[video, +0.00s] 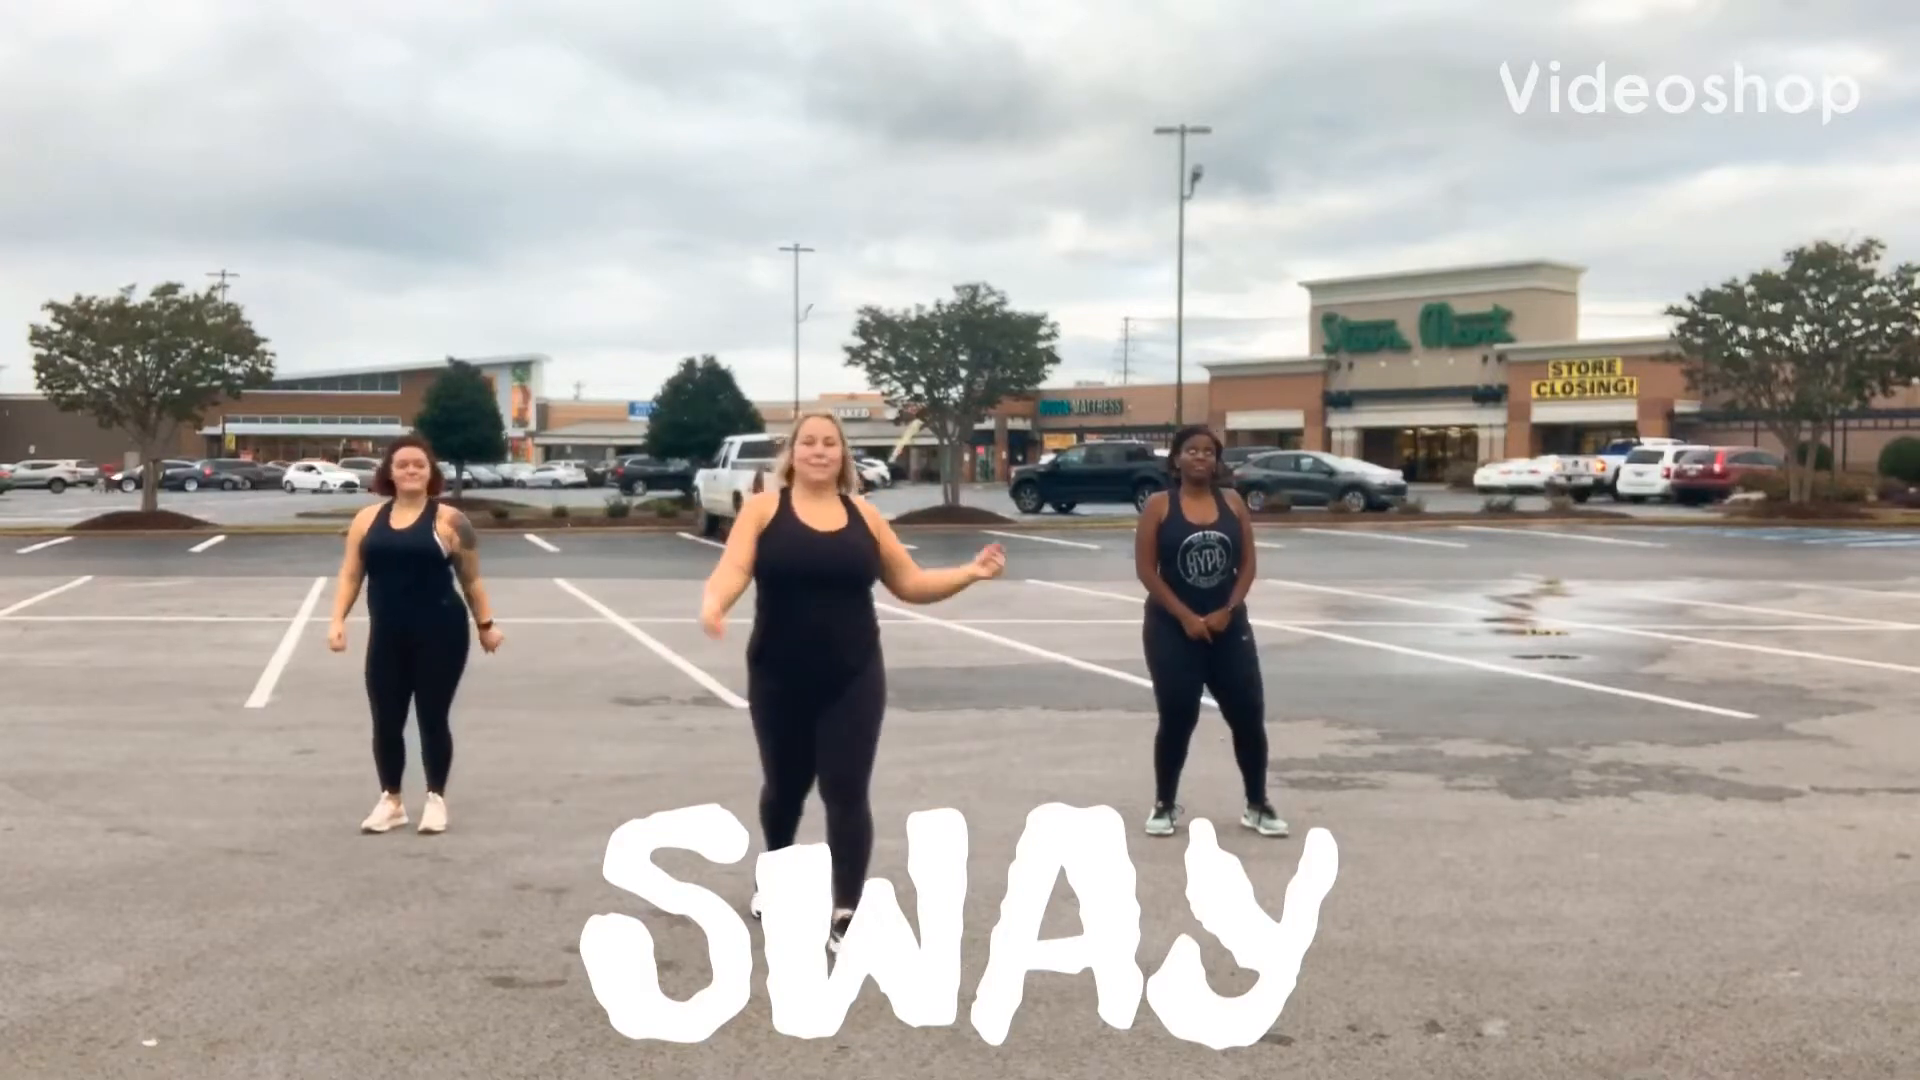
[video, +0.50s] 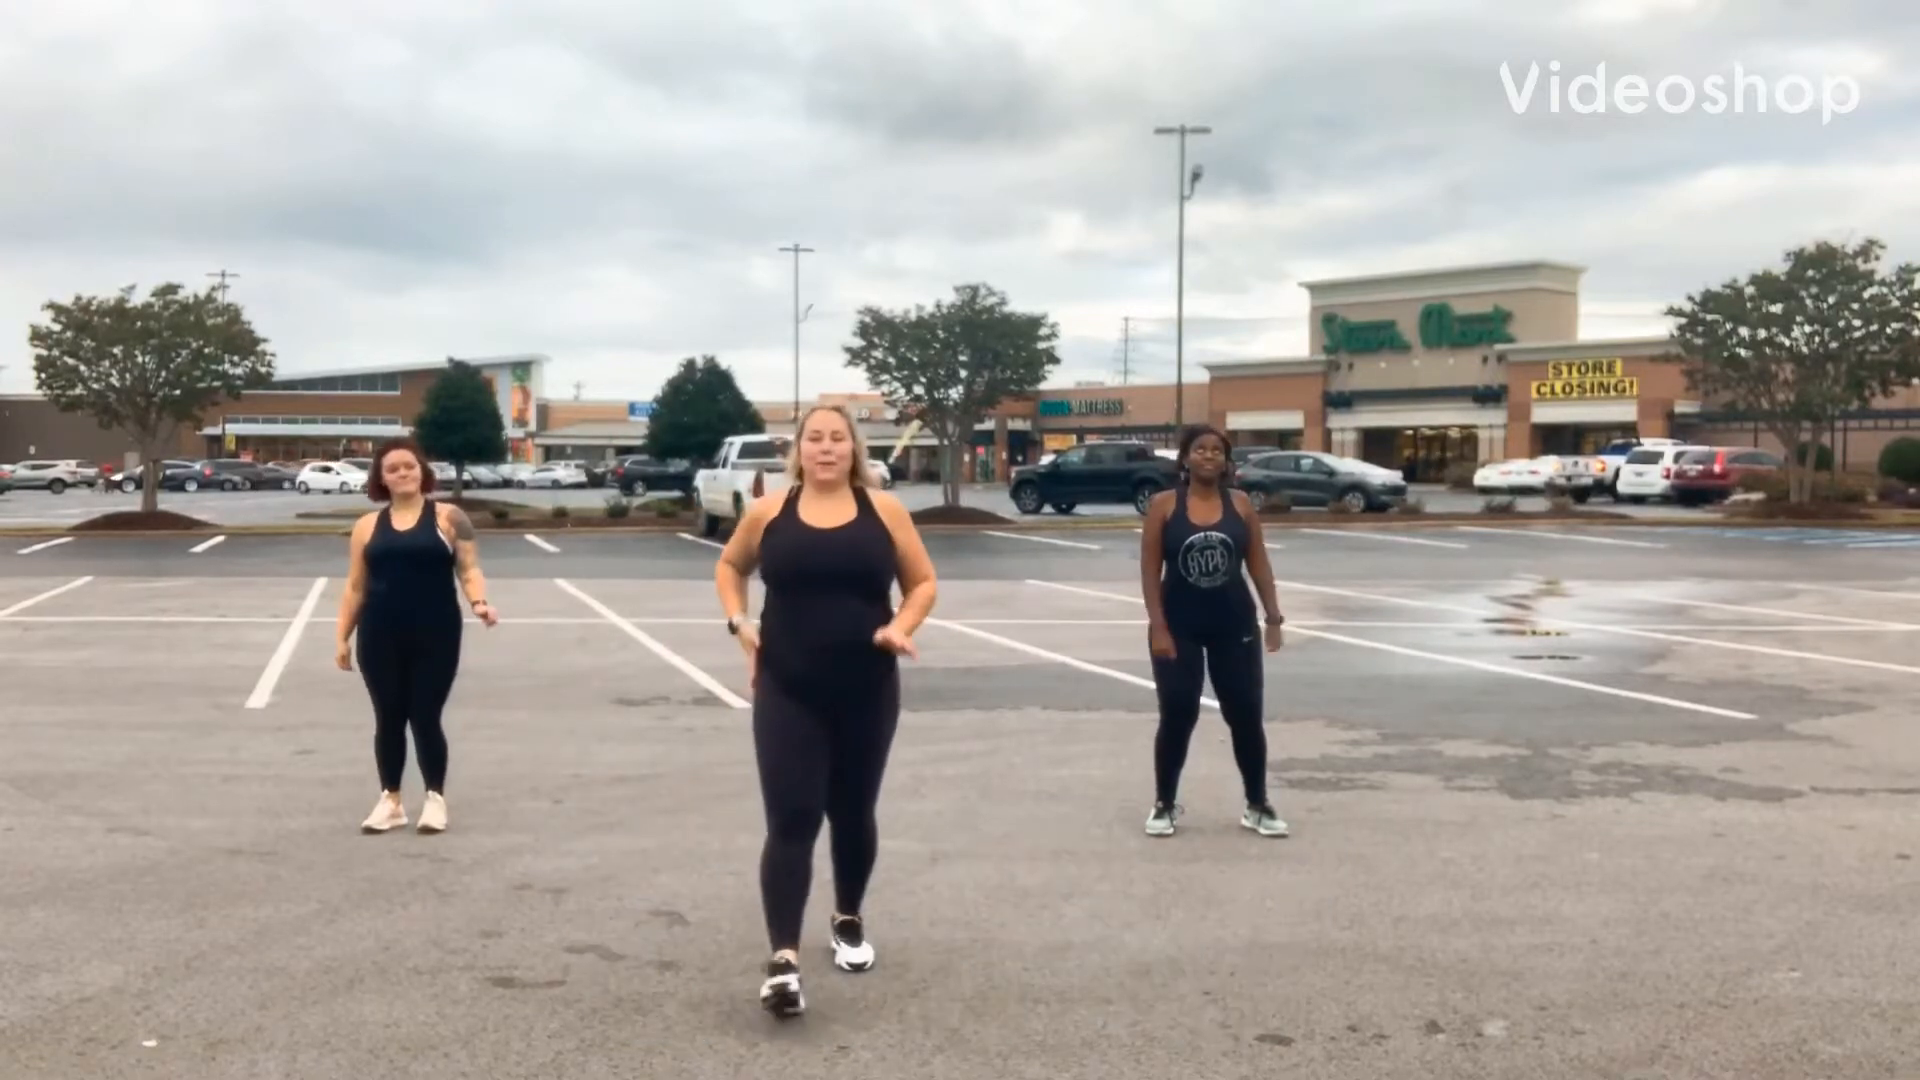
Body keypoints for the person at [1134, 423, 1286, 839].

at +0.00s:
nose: (1200, 457)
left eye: (1208, 452)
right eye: (1192, 451)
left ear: (1217, 461)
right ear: (1177, 458)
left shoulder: (1232, 503)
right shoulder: (1159, 506)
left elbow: (1248, 565)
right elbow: (1146, 571)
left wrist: (1228, 609)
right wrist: (1186, 616)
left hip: (1227, 623)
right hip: (1172, 626)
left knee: (1249, 715)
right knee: (1177, 718)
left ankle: (1257, 805)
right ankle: (1164, 805)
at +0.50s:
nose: (1209, 456)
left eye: (1216, 451)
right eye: (1201, 449)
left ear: (1226, 460)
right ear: (1185, 457)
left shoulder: (1240, 502)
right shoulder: (1164, 505)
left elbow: (1258, 562)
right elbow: (1151, 570)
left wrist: (1273, 615)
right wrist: (1158, 626)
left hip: (1234, 625)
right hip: (1179, 627)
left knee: (1247, 717)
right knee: (1177, 717)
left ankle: (1257, 805)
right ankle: (1164, 805)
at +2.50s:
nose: (1238, 451)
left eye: (1244, 444)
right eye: (1229, 447)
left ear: (1255, 453)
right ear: (1216, 459)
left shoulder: (1276, 496)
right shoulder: (1199, 503)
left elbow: (1303, 555)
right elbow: (1183, 561)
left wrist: (1273, 571)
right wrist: (1188, 588)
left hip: (1265, 623)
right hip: (1211, 623)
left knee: (1258, 715)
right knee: (1217, 713)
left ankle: (1258, 807)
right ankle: (1217, 803)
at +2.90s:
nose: (1238, 454)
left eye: (1244, 448)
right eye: (1229, 449)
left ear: (1256, 457)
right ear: (1215, 460)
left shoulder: (1274, 502)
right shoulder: (1197, 506)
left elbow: (1309, 555)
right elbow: (1176, 566)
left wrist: (1278, 575)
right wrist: (1205, 565)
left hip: (1268, 625)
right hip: (1214, 626)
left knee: (1274, 709)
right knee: (1214, 716)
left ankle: (1314, 792)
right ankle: (1218, 804)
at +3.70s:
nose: (1237, 461)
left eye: (1244, 454)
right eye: (1229, 454)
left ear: (1254, 458)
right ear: (1213, 458)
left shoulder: (1261, 495)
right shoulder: (1193, 496)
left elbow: (1276, 562)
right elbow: (1176, 550)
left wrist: (1276, 538)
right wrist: (1212, 503)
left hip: (1254, 620)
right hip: (1199, 621)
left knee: (1266, 711)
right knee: (1205, 714)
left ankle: (1255, 794)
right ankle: (1195, 803)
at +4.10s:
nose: (1219, 475)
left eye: (1227, 466)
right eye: (1211, 467)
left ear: (1241, 468)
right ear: (1198, 469)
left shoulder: (1257, 501)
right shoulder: (1185, 500)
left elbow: (1281, 563)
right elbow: (1175, 558)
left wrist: (1265, 542)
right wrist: (1203, 510)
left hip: (1238, 621)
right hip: (1183, 618)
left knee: (1251, 710)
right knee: (1179, 698)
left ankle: (1241, 806)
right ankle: (1140, 788)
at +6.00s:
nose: (1178, 480)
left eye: (1186, 473)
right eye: (1172, 472)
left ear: (1206, 470)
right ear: (1165, 472)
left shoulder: (1227, 503)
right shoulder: (1152, 502)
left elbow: (1249, 558)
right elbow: (1135, 560)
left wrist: (1257, 546)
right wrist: (1161, 515)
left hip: (1207, 623)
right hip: (1151, 622)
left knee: (1230, 714)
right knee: (1145, 712)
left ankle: (1242, 802)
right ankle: (1122, 799)